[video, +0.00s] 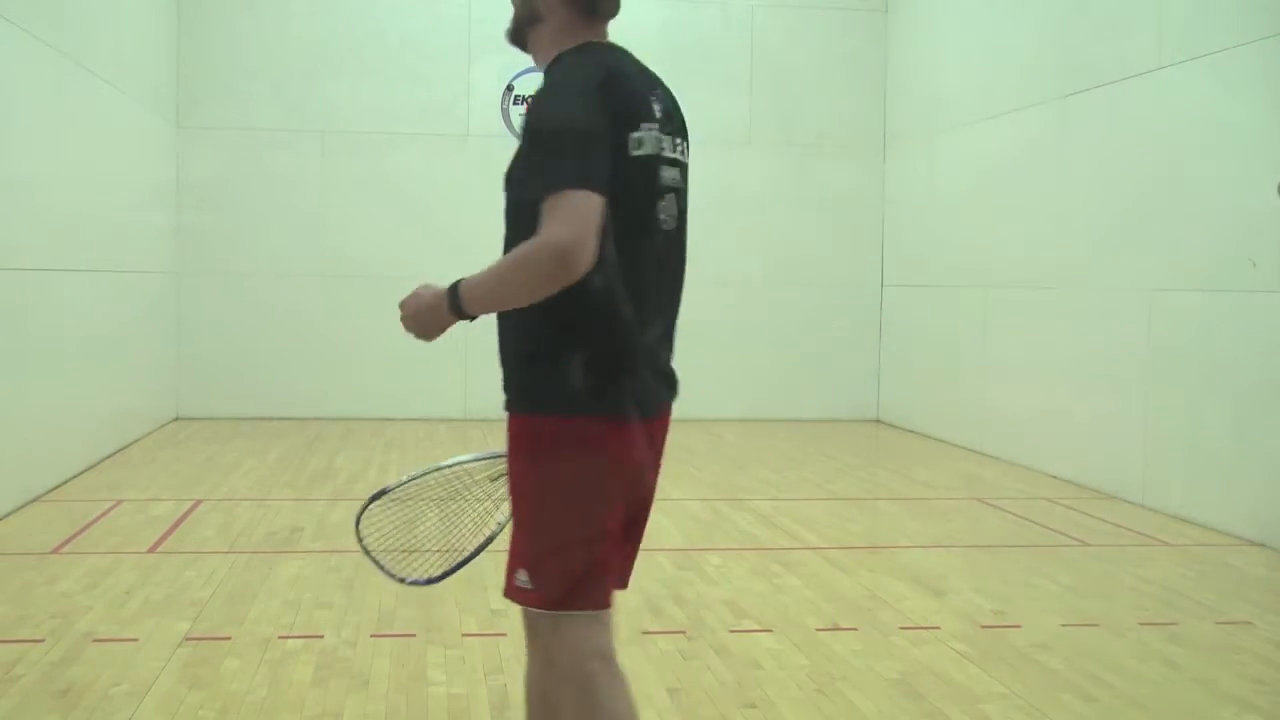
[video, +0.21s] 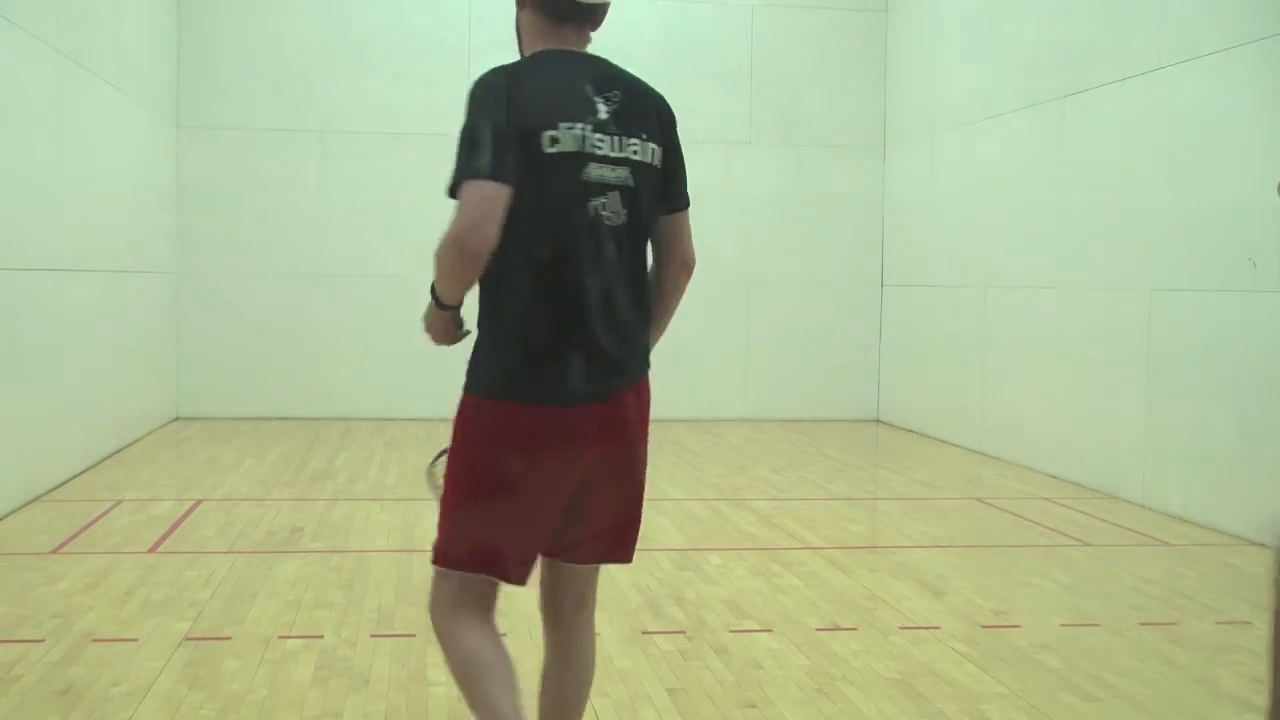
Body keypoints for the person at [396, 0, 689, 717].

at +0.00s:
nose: (512, 9)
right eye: (517, 1)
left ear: (539, 5)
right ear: (603, 9)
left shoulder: (578, 83)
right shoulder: (647, 91)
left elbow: (566, 247)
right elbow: (629, 274)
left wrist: (452, 300)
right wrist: (540, 405)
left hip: (576, 406)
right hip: (623, 399)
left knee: (570, 632)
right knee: (561, 620)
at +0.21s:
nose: (518, 18)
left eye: (518, 11)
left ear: (522, 10)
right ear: (596, 20)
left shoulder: (504, 90)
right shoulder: (651, 106)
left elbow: (475, 235)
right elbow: (678, 259)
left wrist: (444, 301)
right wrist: (632, 347)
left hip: (518, 389)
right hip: (615, 392)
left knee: (462, 604)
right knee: (572, 606)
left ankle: (509, 714)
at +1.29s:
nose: (584, 123)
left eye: (583, 115)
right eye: (585, 114)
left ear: (521, 100)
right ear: (573, 109)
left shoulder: (463, 147)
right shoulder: (577, 165)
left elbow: (425, 256)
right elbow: (591, 280)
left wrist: (475, 294)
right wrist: (609, 365)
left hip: (463, 358)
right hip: (541, 363)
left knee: (458, 505)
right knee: (532, 507)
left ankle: (444, 656)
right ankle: (509, 655)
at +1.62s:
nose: (599, 126)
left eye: (598, 118)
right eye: (600, 119)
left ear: (542, 107)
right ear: (593, 113)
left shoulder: (494, 153)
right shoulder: (596, 158)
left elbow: (466, 254)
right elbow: (612, 259)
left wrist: (516, 272)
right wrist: (628, 351)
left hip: (502, 336)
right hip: (566, 340)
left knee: (512, 482)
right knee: (548, 492)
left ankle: (506, 620)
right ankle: (513, 645)